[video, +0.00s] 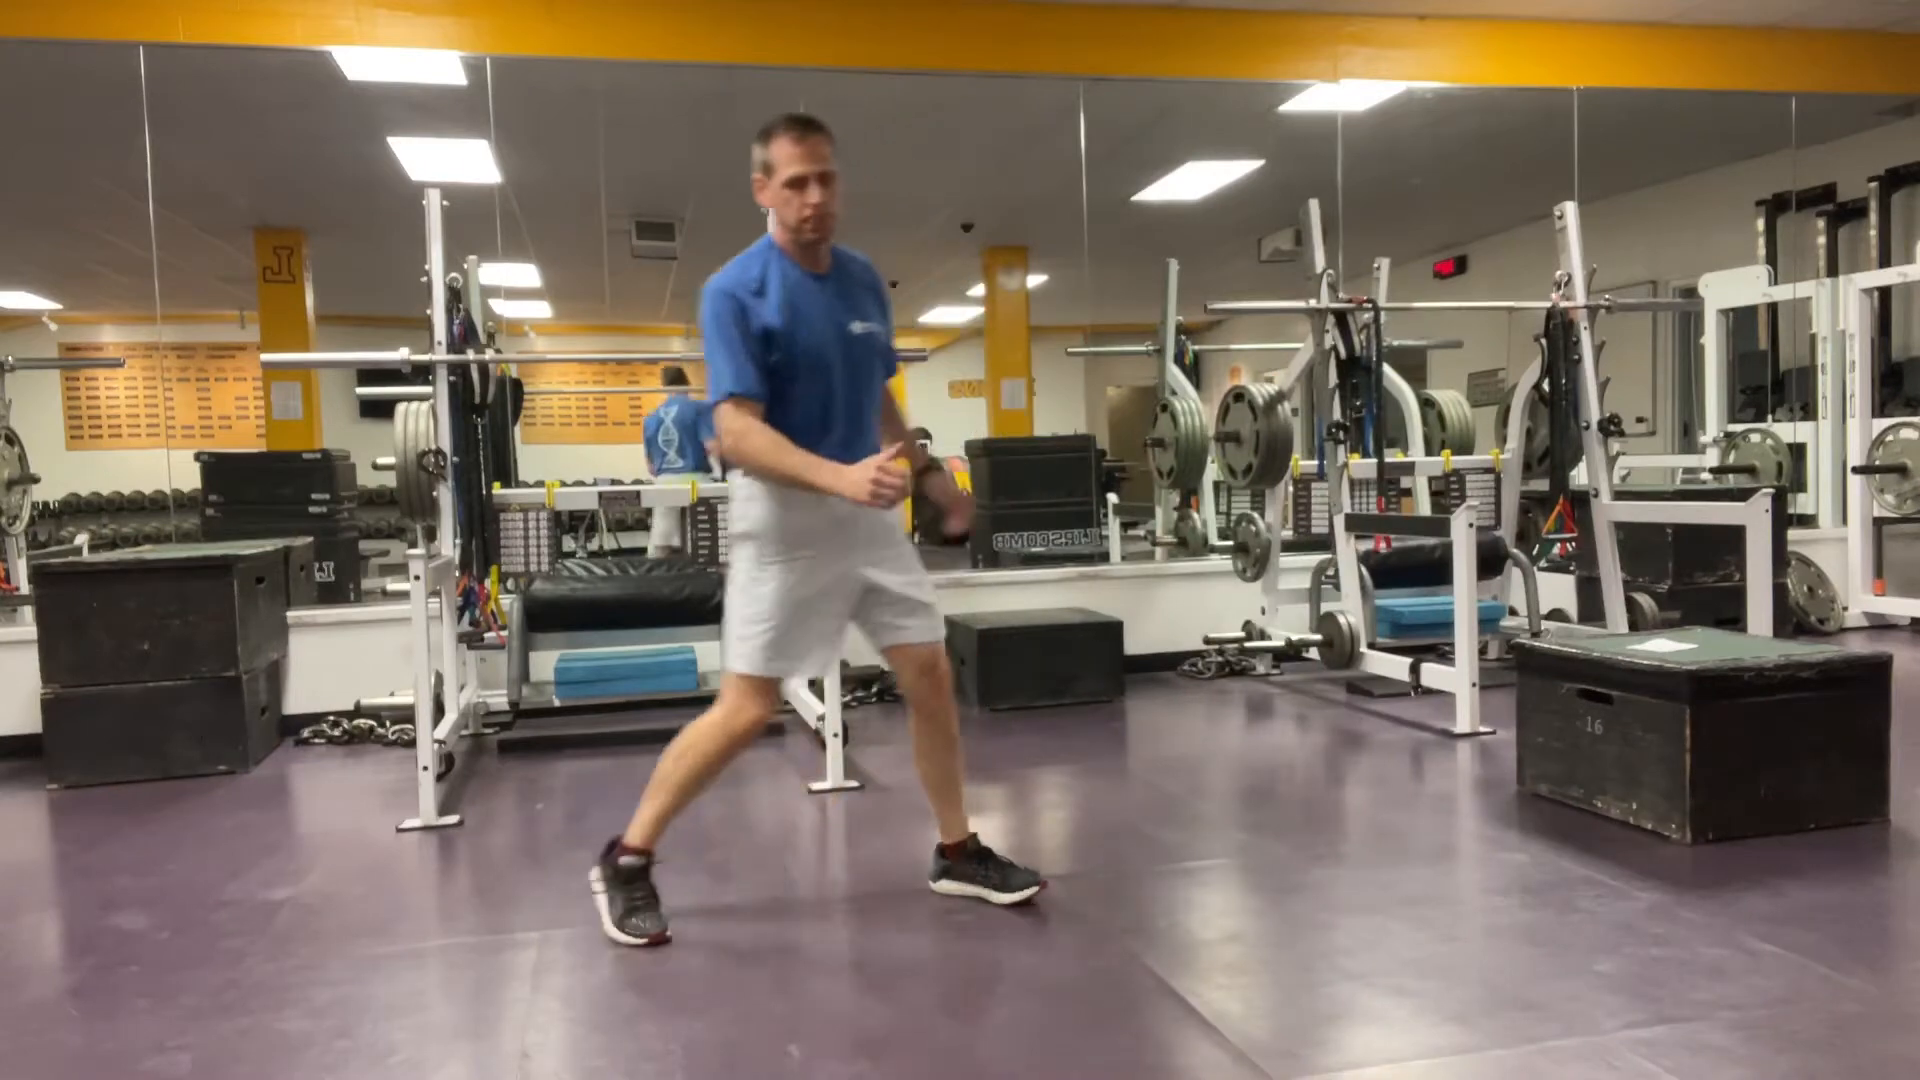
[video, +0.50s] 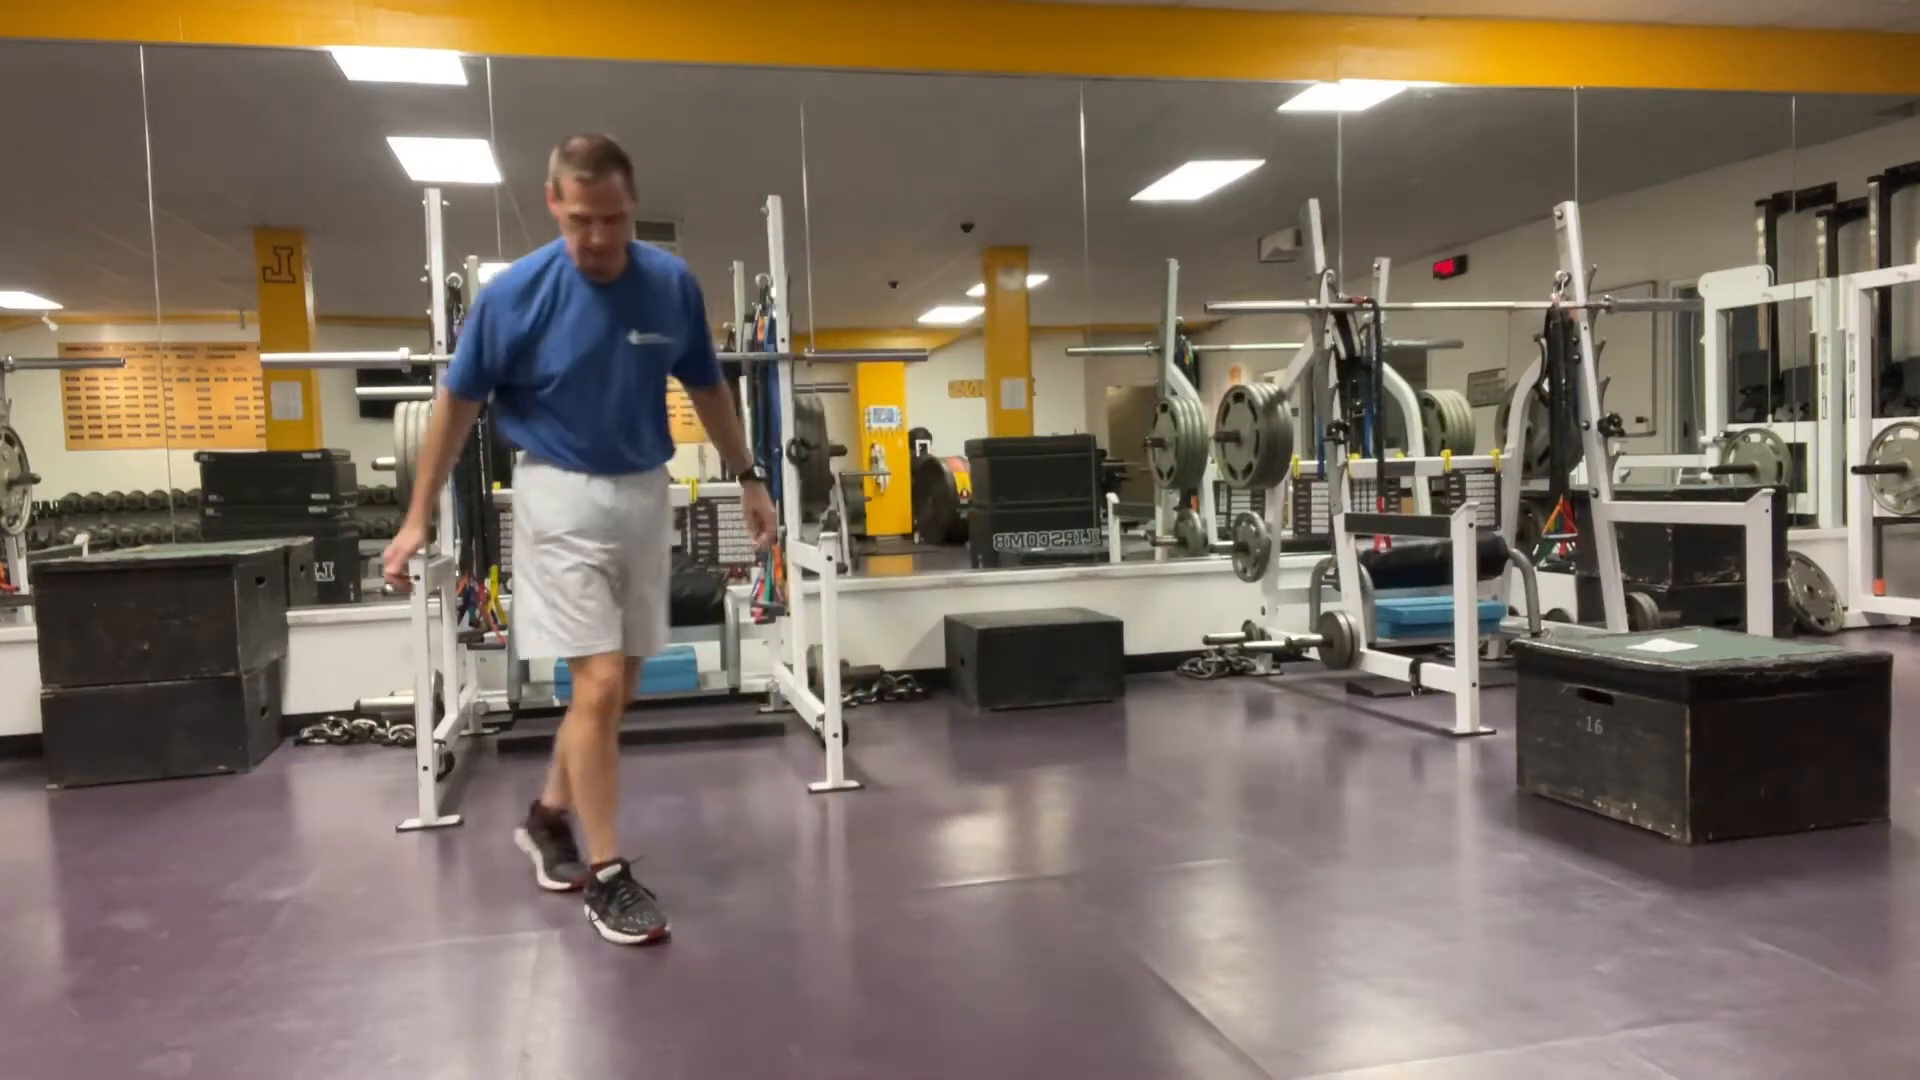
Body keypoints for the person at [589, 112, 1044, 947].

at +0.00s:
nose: (814, 199)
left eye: (824, 182)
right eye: (795, 186)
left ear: (840, 186)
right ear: (761, 194)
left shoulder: (863, 282)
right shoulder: (734, 292)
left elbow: (877, 395)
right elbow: (733, 430)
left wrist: (925, 472)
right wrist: (840, 476)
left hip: (867, 514)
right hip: (779, 524)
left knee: (927, 671)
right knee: (746, 710)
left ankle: (957, 849)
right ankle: (627, 858)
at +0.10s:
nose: (762, 209)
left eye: (774, 190)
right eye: (745, 193)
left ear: (791, 191)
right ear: (711, 191)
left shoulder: (810, 282)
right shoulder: (675, 288)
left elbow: (811, 398)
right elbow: (669, 428)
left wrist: (832, 480)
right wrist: (762, 495)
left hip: (801, 508)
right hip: (712, 515)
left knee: (865, 672)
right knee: (693, 706)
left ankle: (936, 838)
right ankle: (615, 872)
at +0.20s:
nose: (714, 212)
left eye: (728, 192)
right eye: (697, 193)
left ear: (748, 185)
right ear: (666, 182)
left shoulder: (767, 269)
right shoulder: (621, 277)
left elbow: (770, 381)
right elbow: (595, 416)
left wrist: (774, 474)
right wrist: (646, 523)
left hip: (752, 491)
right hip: (659, 498)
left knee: (817, 660)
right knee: (667, 693)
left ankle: (852, 825)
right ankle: (614, 870)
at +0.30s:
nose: (671, 216)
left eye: (685, 196)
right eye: (654, 198)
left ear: (707, 185)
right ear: (624, 186)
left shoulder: (730, 266)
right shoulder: (579, 279)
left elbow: (727, 383)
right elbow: (531, 408)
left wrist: (740, 481)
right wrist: (531, 533)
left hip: (716, 490)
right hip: (623, 495)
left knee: (756, 664)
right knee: (637, 688)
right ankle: (611, 870)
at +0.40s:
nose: (632, 228)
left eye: (646, 208)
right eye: (614, 210)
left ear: (668, 194)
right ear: (585, 194)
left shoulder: (700, 275)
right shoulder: (546, 289)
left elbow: (716, 382)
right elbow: (485, 406)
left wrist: (743, 476)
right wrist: (457, 529)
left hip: (678, 490)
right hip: (590, 495)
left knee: (690, 676)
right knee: (618, 683)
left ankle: (621, 794)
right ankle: (608, 873)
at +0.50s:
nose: (599, 239)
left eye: (613, 219)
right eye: (583, 222)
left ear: (634, 204)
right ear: (553, 205)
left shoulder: (669, 284)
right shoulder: (512, 297)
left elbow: (706, 383)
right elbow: (456, 404)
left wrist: (749, 482)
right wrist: (417, 519)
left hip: (644, 498)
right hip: (559, 500)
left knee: (613, 682)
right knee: (601, 683)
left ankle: (550, 813)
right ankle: (607, 872)